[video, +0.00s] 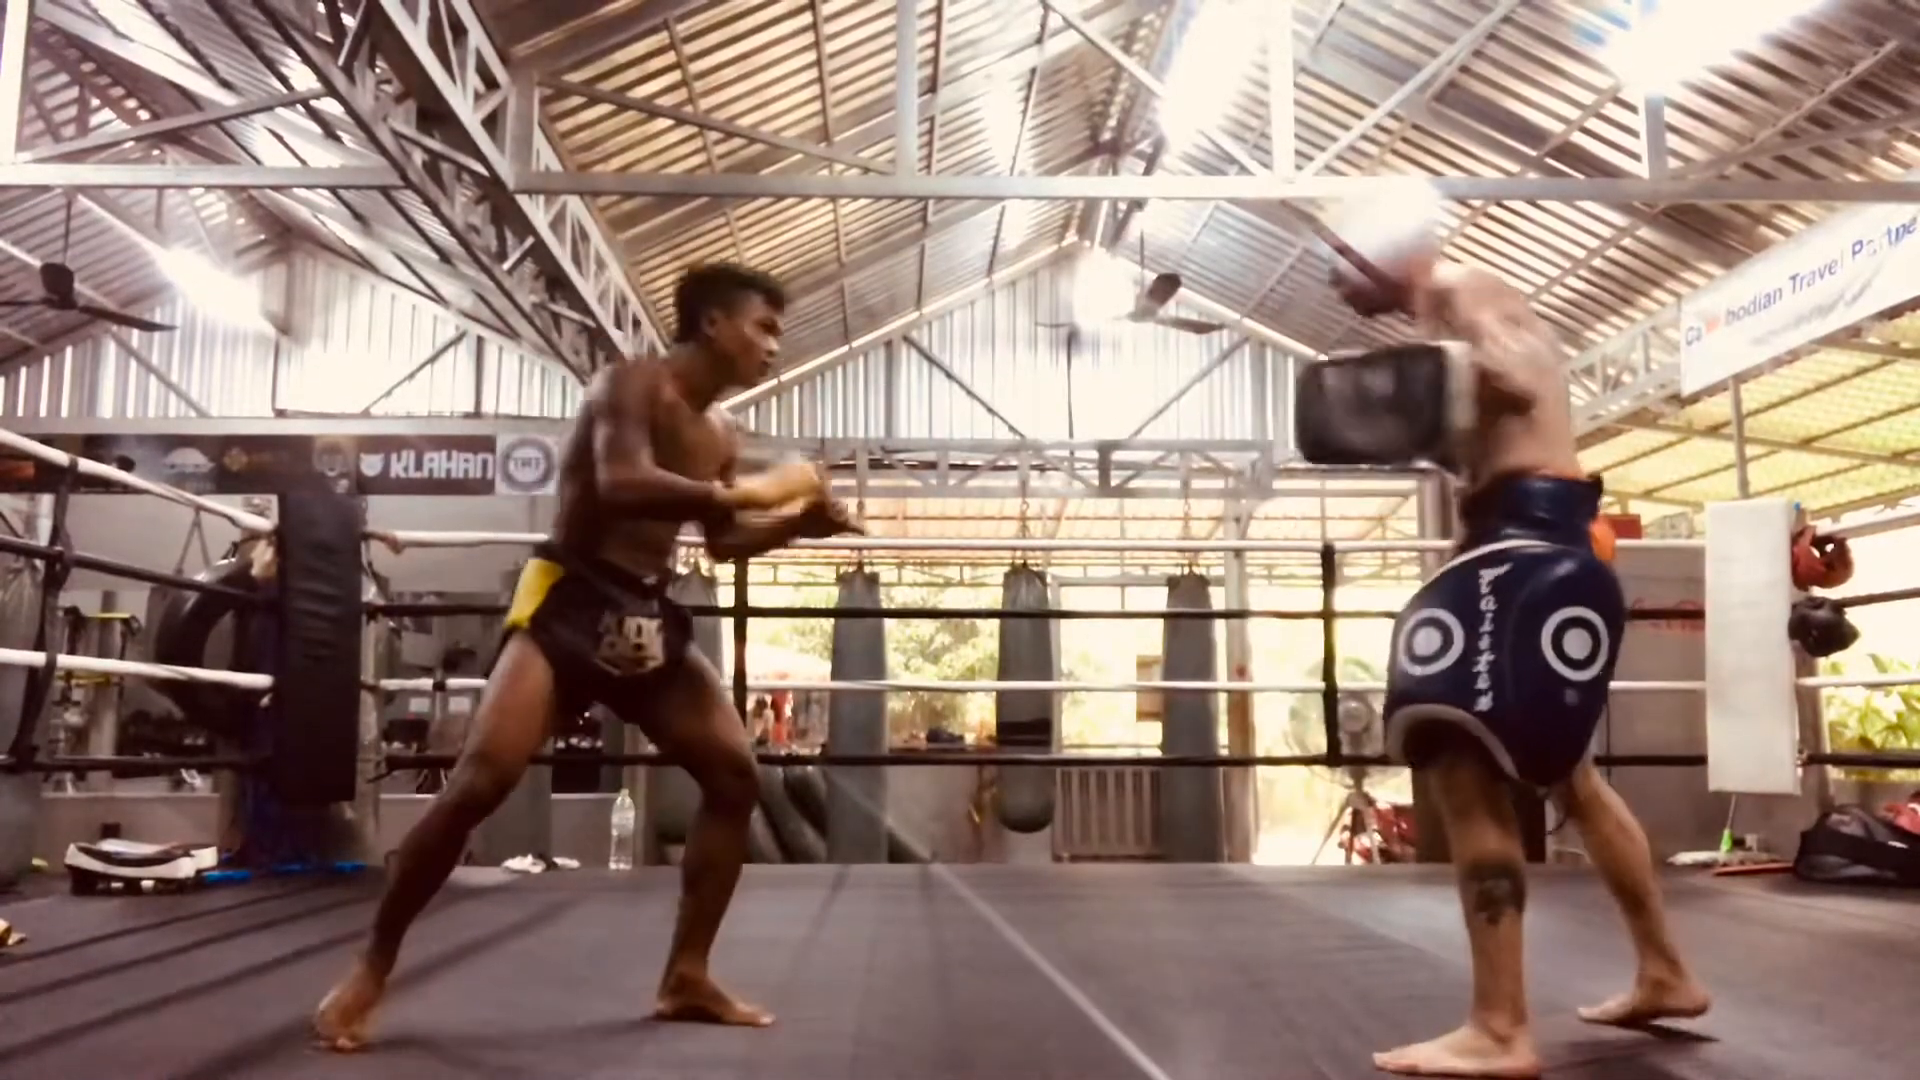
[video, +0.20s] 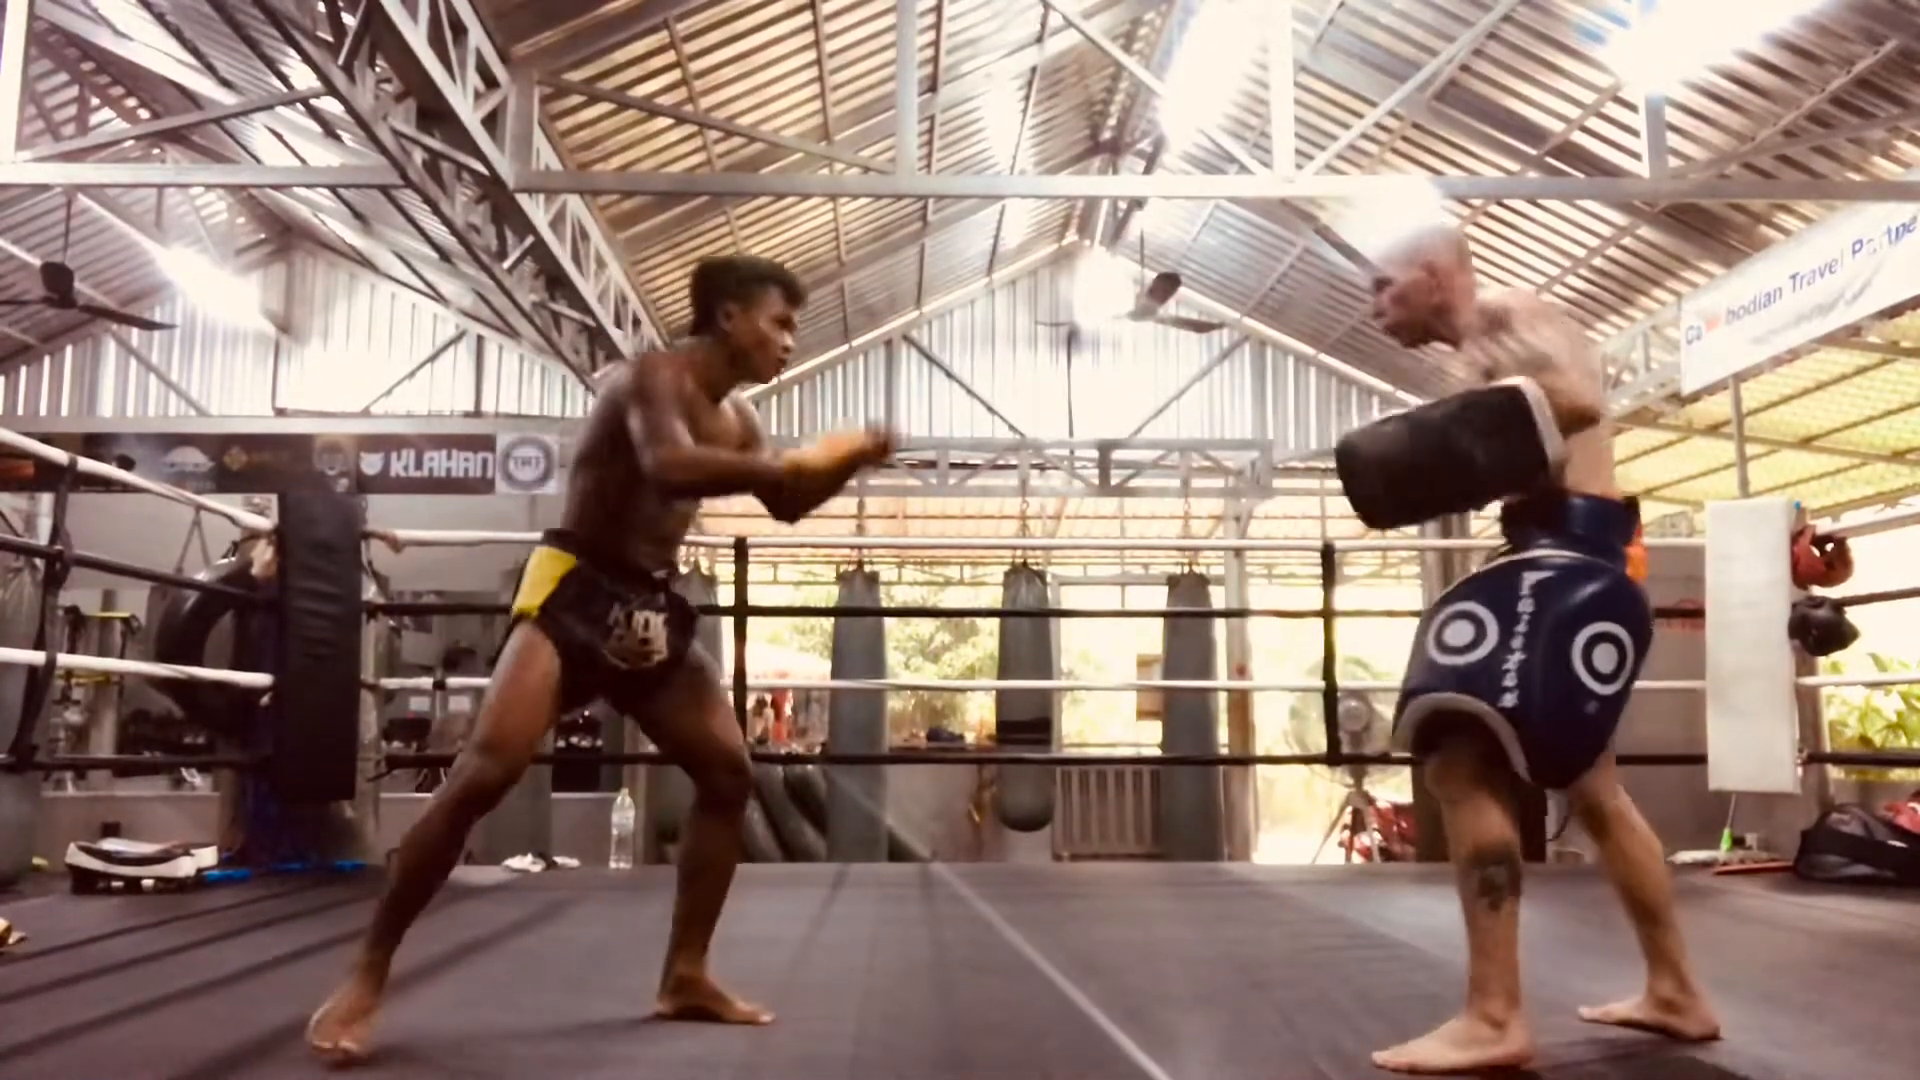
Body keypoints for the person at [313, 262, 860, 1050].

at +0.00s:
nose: (773, 347)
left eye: (776, 334)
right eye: (763, 328)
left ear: (730, 334)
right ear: (711, 322)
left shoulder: (721, 438)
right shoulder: (633, 381)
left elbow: (726, 539)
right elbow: (618, 482)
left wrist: (799, 520)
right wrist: (730, 495)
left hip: (648, 617)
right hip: (568, 597)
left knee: (735, 778)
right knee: (482, 780)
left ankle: (688, 975)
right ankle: (373, 969)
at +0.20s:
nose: (789, 344)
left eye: (793, 330)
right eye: (780, 324)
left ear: (743, 324)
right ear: (727, 314)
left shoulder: (740, 424)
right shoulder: (653, 374)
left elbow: (786, 502)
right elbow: (669, 463)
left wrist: (849, 464)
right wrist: (792, 465)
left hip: (652, 611)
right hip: (572, 589)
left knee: (729, 778)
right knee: (482, 774)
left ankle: (687, 974)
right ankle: (367, 974)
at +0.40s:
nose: (755, 315)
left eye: (758, 300)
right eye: (744, 295)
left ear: (704, 298)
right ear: (691, 289)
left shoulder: (680, 390)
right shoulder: (614, 351)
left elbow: (739, 483)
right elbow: (660, 426)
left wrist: (796, 414)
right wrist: (768, 391)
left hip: (617, 589)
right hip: (541, 573)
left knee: (690, 777)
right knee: (457, 785)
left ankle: (681, 978)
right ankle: (344, 999)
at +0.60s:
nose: (693, 294)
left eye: (695, 280)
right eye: (684, 274)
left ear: (649, 279)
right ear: (627, 265)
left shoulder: (618, 379)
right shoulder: (542, 331)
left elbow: (640, 499)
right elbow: (567, 417)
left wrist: (725, 467)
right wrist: (686, 388)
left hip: (571, 582)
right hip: (489, 568)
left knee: (648, 773)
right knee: (426, 792)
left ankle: (669, 980)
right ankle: (336, 1012)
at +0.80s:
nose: (683, 279)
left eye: (685, 262)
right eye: (671, 258)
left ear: (627, 262)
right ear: (613, 254)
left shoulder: (642, 373)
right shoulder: (533, 327)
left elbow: (684, 474)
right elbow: (564, 401)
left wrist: (743, 421)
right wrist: (718, 412)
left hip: (576, 581)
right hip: (487, 571)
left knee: (687, 754)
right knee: (420, 803)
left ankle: (650, 972)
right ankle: (337, 1011)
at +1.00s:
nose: (710, 264)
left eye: (709, 250)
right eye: (696, 247)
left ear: (652, 254)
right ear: (643, 250)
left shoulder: (649, 337)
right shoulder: (618, 310)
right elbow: (756, 355)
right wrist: (765, 313)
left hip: (662, 576)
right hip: (599, 564)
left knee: (740, 792)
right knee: (594, 780)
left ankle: (638, 1008)